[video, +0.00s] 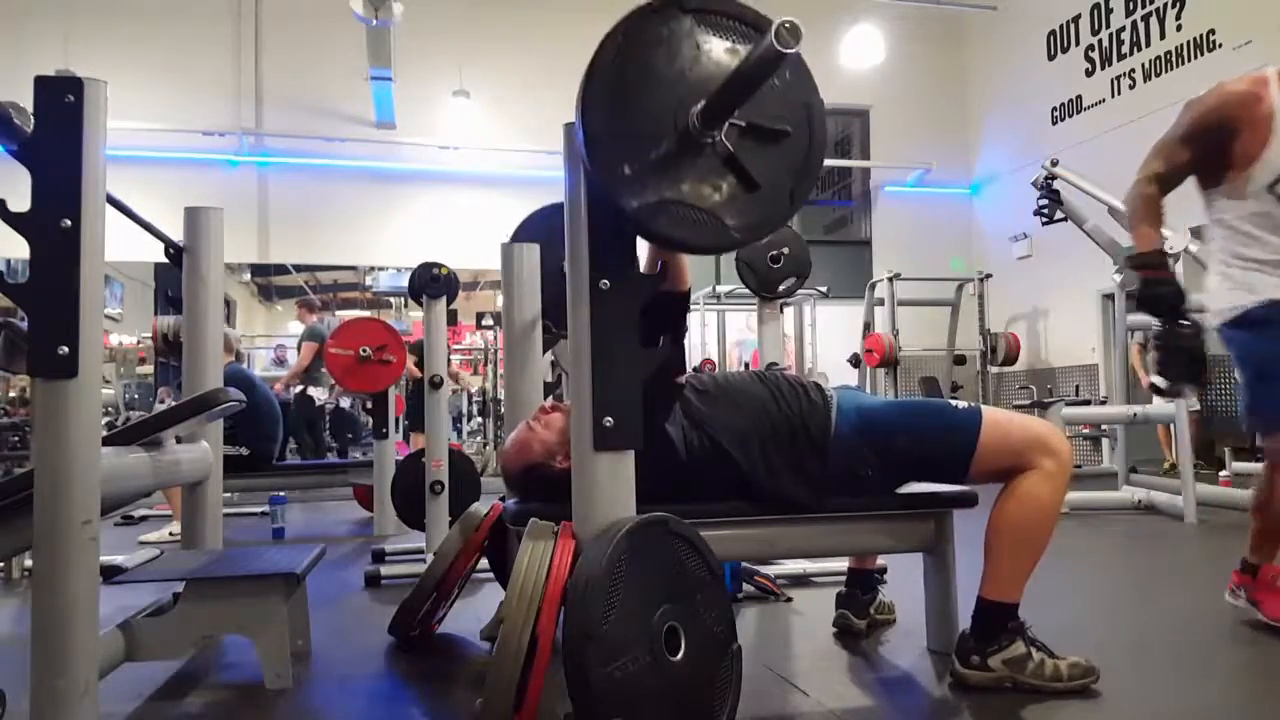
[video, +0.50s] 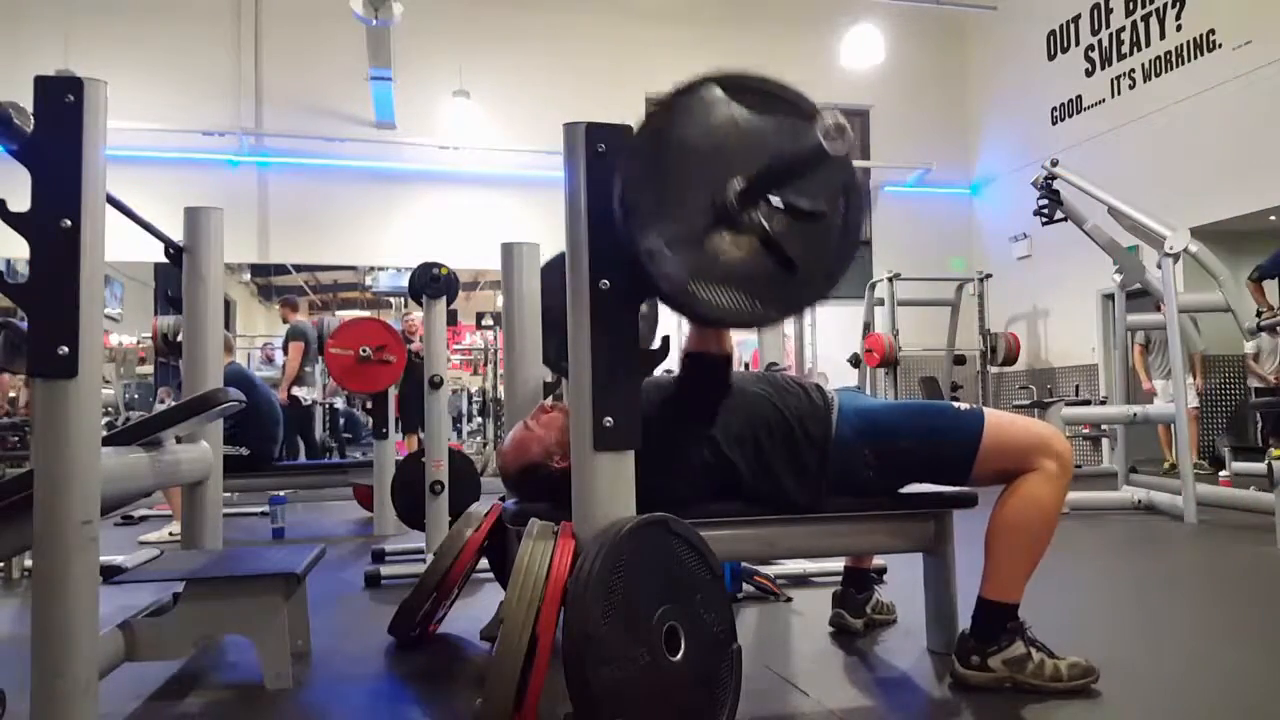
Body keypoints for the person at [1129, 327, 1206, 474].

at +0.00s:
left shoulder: (1190, 324)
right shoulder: (1148, 322)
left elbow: (1200, 353)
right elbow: (1136, 350)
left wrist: (1202, 378)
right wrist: (1143, 377)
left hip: (1188, 379)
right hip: (1162, 379)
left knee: (1192, 417)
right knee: (1163, 420)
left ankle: (1191, 457)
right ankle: (1169, 459)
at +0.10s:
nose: (1168, 309)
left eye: (1170, 305)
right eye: (1164, 305)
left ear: (1175, 307)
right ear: (1158, 306)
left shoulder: (1182, 324)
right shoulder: (1147, 325)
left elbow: (1192, 351)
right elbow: (1136, 352)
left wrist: (1193, 374)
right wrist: (1144, 378)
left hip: (1184, 378)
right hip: (1160, 379)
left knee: (1191, 419)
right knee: (1162, 421)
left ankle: (1193, 456)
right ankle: (1169, 458)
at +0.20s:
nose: (1168, 308)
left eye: (1170, 304)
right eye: (1164, 304)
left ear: (1174, 306)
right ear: (1157, 306)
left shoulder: (1181, 323)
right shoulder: (1146, 325)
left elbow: (1194, 350)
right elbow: (1135, 352)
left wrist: (1197, 376)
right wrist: (1143, 378)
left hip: (1183, 378)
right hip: (1159, 379)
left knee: (1194, 414)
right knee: (1162, 420)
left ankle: (1193, 455)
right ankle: (1169, 459)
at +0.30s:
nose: (1168, 307)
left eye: (1171, 304)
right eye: (1164, 304)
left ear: (1176, 306)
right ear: (1157, 306)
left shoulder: (1183, 322)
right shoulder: (1147, 325)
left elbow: (1194, 350)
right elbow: (1136, 352)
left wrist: (1197, 375)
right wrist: (1143, 378)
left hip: (1183, 377)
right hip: (1159, 379)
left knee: (1193, 413)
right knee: (1162, 420)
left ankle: (1193, 456)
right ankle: (1168, 459)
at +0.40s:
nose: (1169, 309)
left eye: (1172, 305)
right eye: (1166, 305)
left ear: (1177, 306)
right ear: (1159, 307)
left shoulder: (1184, 322)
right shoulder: (1147, 325)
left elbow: (1194, 349)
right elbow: (1137, 352)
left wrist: (1198, 375)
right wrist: (1143, 378)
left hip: (1184, 377)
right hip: (1159, 379)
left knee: (1193, 414)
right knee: (1162, 420)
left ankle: (1194, 456)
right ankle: (1169, 459)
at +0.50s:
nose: (1169, 308)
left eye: (1172, 304)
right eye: (1165, 305)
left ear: (1177, 305)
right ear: (1159, 307)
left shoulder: (1186, 321)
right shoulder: (1149, 324)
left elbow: (1196, 350)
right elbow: (1138, 351)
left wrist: (1199, 375)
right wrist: (1144, 379)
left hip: (1185, 377)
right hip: (1160, 379)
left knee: (1193, 413)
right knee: (1163, 419)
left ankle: (1194, 458)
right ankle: (1169, 459)